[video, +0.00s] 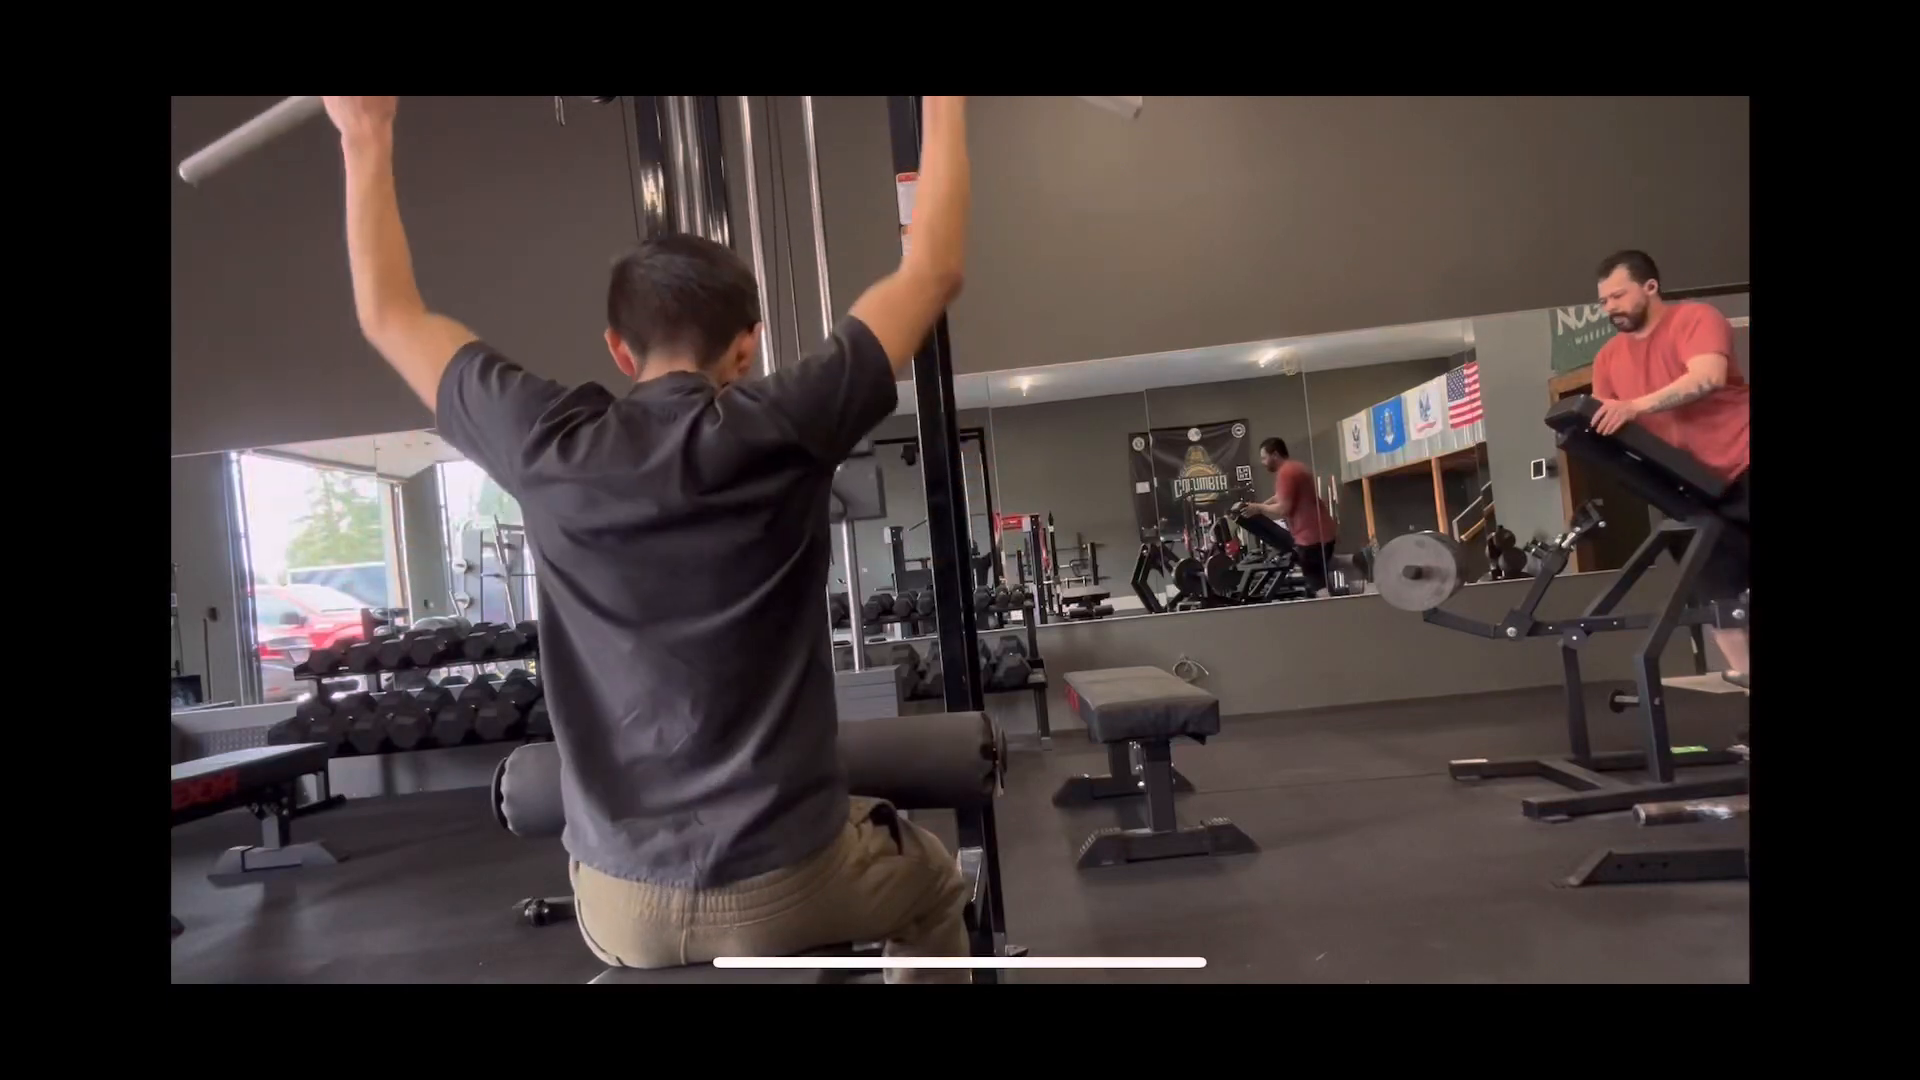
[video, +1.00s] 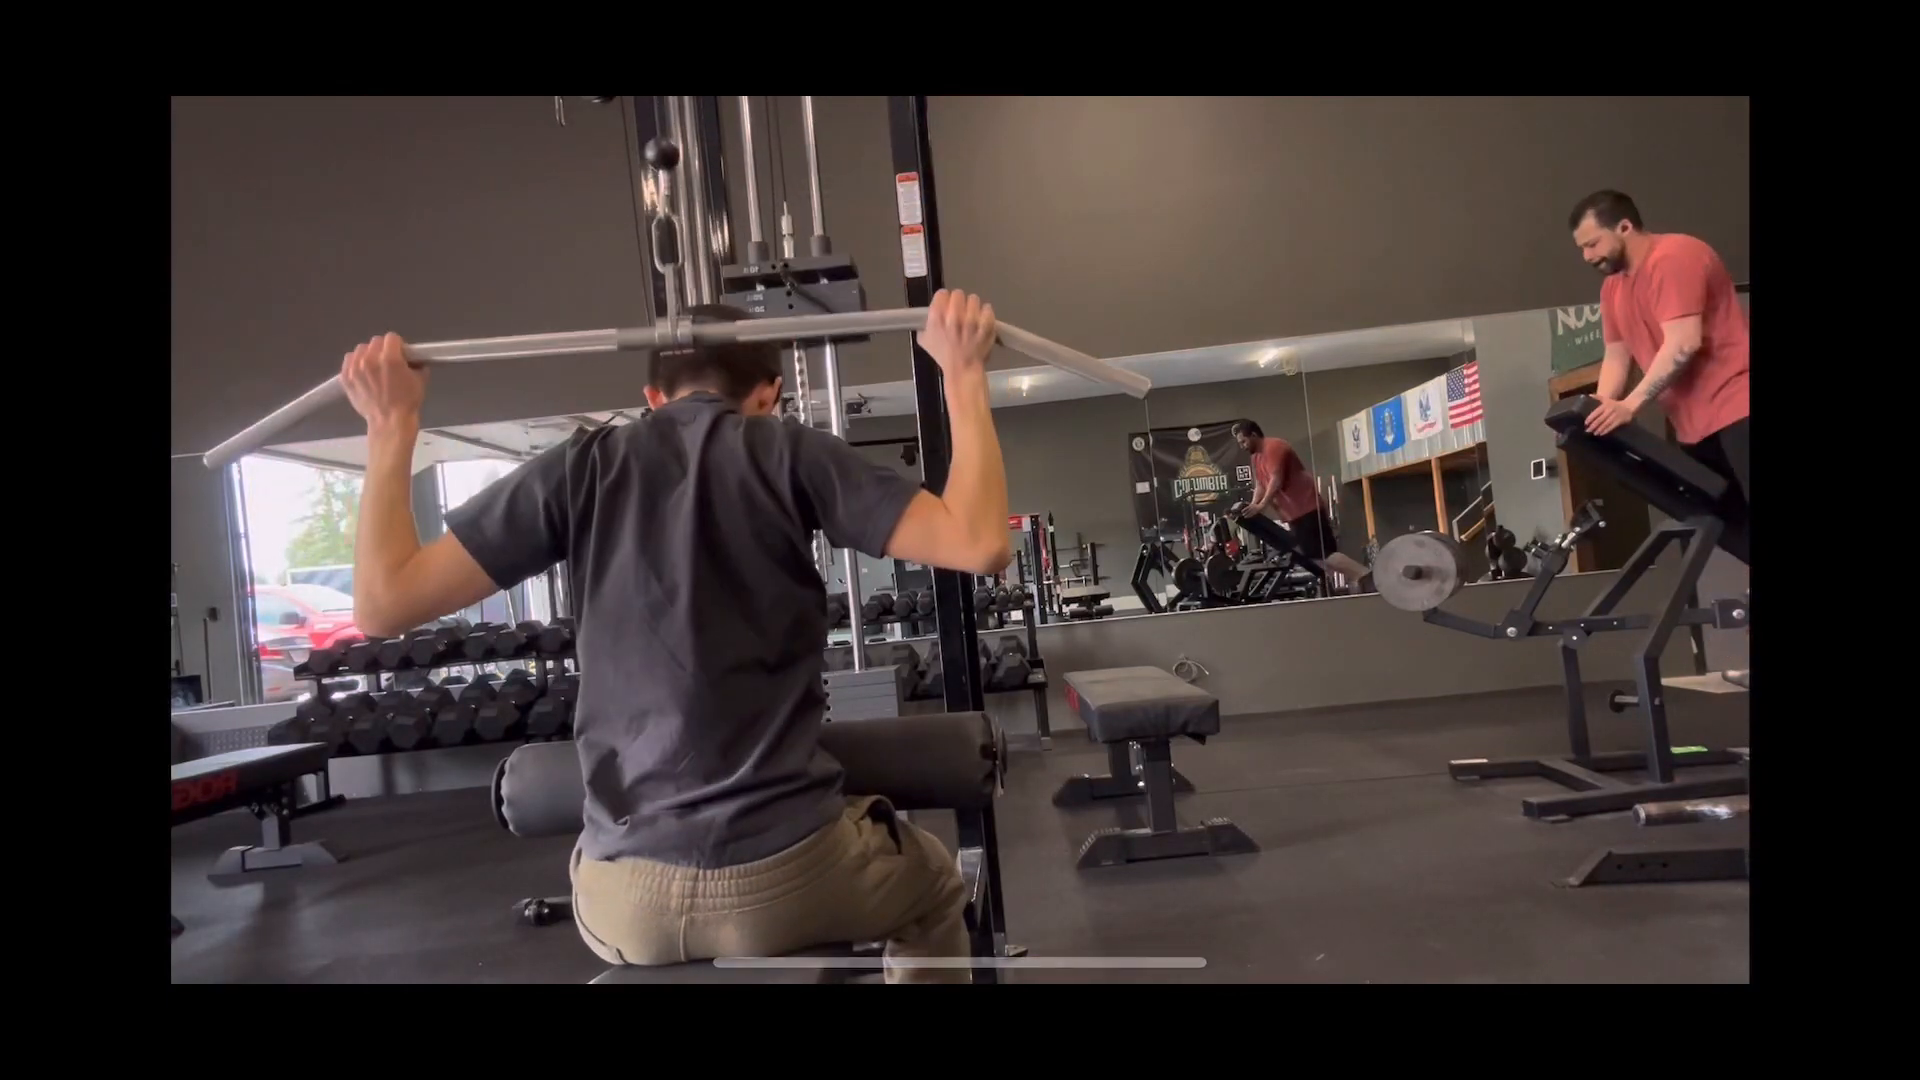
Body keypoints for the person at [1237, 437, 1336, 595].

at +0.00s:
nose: (1262, 462)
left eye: (1264, 457)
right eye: (1262, 458)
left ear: (1275, 454)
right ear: (1277, 454)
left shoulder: (1287, 471)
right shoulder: (1293, 468)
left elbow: (1284, 508)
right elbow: (1279, 498)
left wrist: (1258, 509)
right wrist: (1258, 507)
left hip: (1312, 538)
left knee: (1316, 586)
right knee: (1318, 585)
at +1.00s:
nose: (1241, 445)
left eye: (1243, 440)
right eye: (1239, 442)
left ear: (1254, 434)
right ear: (1242, 442)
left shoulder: (1274, 447)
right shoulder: (1256, 458)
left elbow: (1277, 480)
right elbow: (1260, 485)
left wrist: (1260, 505)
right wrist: (1253, 506)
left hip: (1309, 508)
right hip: (1294, 514)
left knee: (1323, 553)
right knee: (1312, 557)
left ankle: (1365, 575)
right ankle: (1356, 578)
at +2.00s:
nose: (1209, 480)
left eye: (1209, 476)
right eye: (1206, 478)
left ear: (1216, 467)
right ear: (1211, 472)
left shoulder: (1239, 477)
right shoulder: (1228, 484)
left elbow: (1265, 488)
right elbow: (1246, 504)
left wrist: (1263, 519)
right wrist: (1238, 514)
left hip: (1291, 517)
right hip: (1278, 526)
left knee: (1323, 555)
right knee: (1317, 561)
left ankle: (1367, 574)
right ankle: (1358, 578)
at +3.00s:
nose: (1207, 490)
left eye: (1206, 485)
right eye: (1203, 487)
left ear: (1213, 474)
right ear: (1207, 478)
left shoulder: (1237, 481)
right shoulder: (1223, 482)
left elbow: (1262, 507)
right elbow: (1206, 502)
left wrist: (1260, 542)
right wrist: (1203, 496)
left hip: (1288, 514)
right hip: (1274, 523)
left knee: (1322, 553)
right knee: (1313, 560)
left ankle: (1363, 581)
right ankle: (1354, 582)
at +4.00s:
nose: (1211, 473)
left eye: (1211, 468)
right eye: (1208, 470)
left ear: (1221, 460)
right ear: (1212, 466)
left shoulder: (1238, 473)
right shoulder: (1223, 479)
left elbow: (1230, 509)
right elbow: (1217, 508)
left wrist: (1215, 538)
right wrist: (1205, 535)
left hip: (1291, 513)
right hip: (1281, 522)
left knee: (1323, 553)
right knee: (1317, 560)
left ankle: (1363, 584)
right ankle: (1354, 585)